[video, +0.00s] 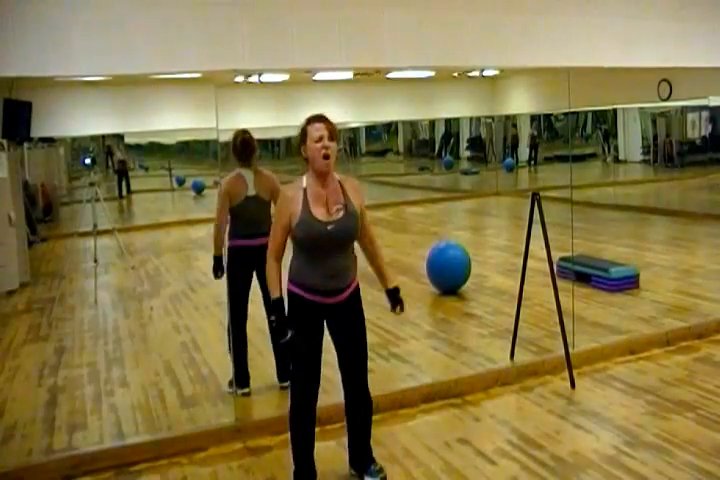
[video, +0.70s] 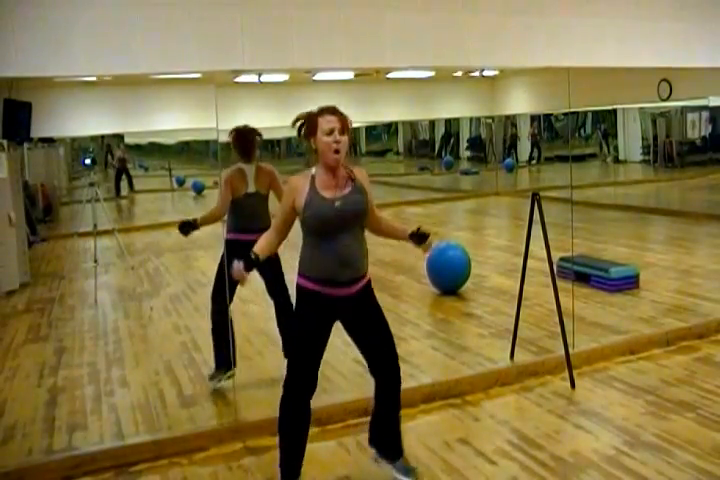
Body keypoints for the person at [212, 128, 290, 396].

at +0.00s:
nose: (242, 153)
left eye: (237, 149)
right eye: (251, 148)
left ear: (234, 153)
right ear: (255, 151)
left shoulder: (229, 183)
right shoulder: (269, 179)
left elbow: (220, 223)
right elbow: (285, 212)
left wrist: (217, 255)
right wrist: (286, 243)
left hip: (239, 253)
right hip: (266, 251)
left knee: (238, 316)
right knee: (275, 310)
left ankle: (241, 379)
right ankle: (284, 372)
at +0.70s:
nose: (235, 149)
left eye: (233, 145)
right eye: (249, 143)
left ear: (234, 147)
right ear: (256, 146)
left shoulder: (230, 176)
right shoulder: (268, 172)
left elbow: (221, 211)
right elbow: (287, 203)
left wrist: (196, 223)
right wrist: (281, 230)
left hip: (236, 247)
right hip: (265, 244)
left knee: (220, 302)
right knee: (282, 299)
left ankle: (225, 364)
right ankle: (294, 355)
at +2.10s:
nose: (230, 165)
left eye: (226, 161)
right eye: (236, 161)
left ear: (221, 164)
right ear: (240, 163)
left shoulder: (216, 191)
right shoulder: (251, 189)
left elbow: (207, 227)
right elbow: (265, 220)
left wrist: (199, 257)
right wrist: (277, 248)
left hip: (223, 257)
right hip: (250, 256)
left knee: (203, 307)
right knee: (270, 300)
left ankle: (200, 364)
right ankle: (285, 348)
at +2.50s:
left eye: (224, 167)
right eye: (234, 167)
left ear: (220, 171)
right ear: (239, 170)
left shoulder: (214, 196)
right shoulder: (250, 194)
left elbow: (204, 234)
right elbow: (265, 225)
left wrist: (194, 263)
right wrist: (278, 251)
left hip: (226, 261)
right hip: (252, 259)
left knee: (202, 308)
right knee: (273, 300)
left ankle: (200, 364)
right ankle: (287, 347)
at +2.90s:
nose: (226, 173)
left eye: (223, 169)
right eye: (230, 169)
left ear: (218, 172)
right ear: (237, 172)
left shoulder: (213, 197)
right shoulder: (247, 196)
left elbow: (203, 234)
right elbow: (264, 226)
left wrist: (191, 263)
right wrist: (280, 248)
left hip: (217, 262)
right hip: (246, 261)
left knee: (193, 299)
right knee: (267, 296)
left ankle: (193, 353)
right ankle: (278, 342)